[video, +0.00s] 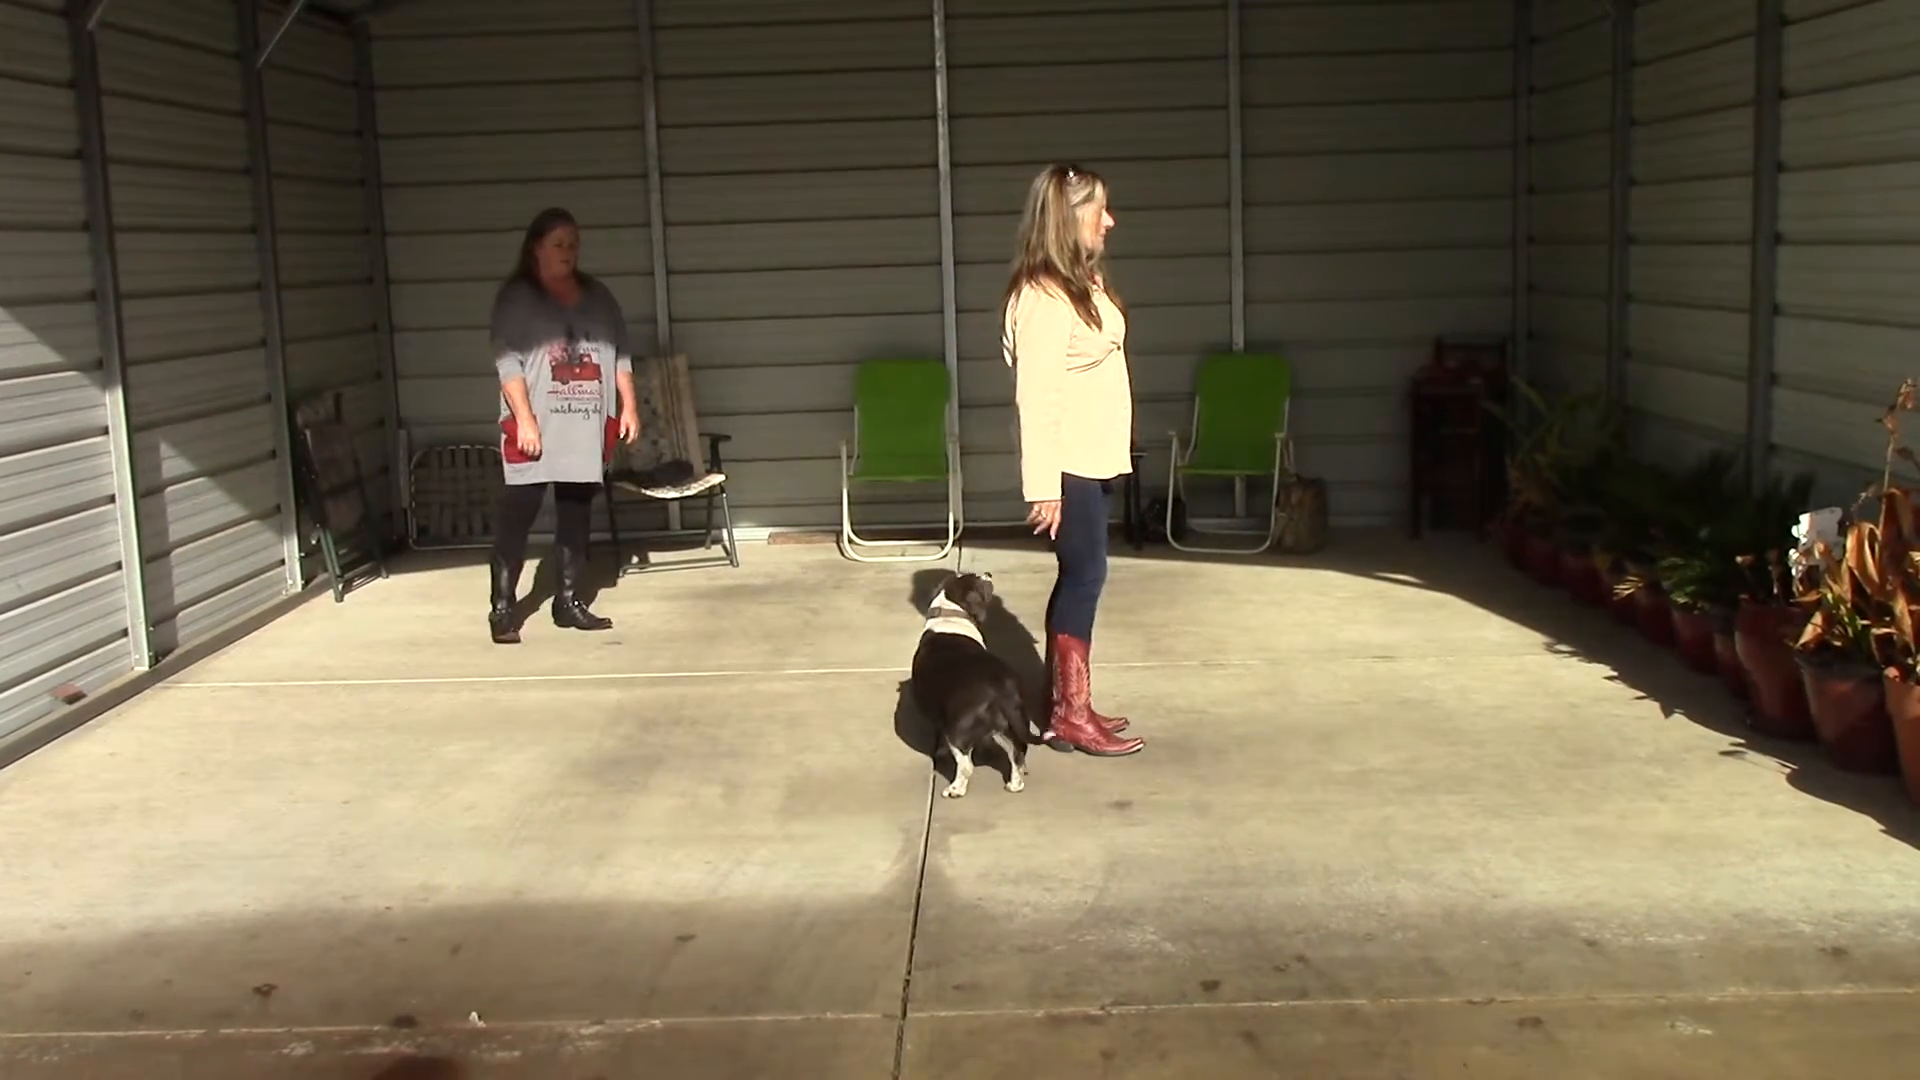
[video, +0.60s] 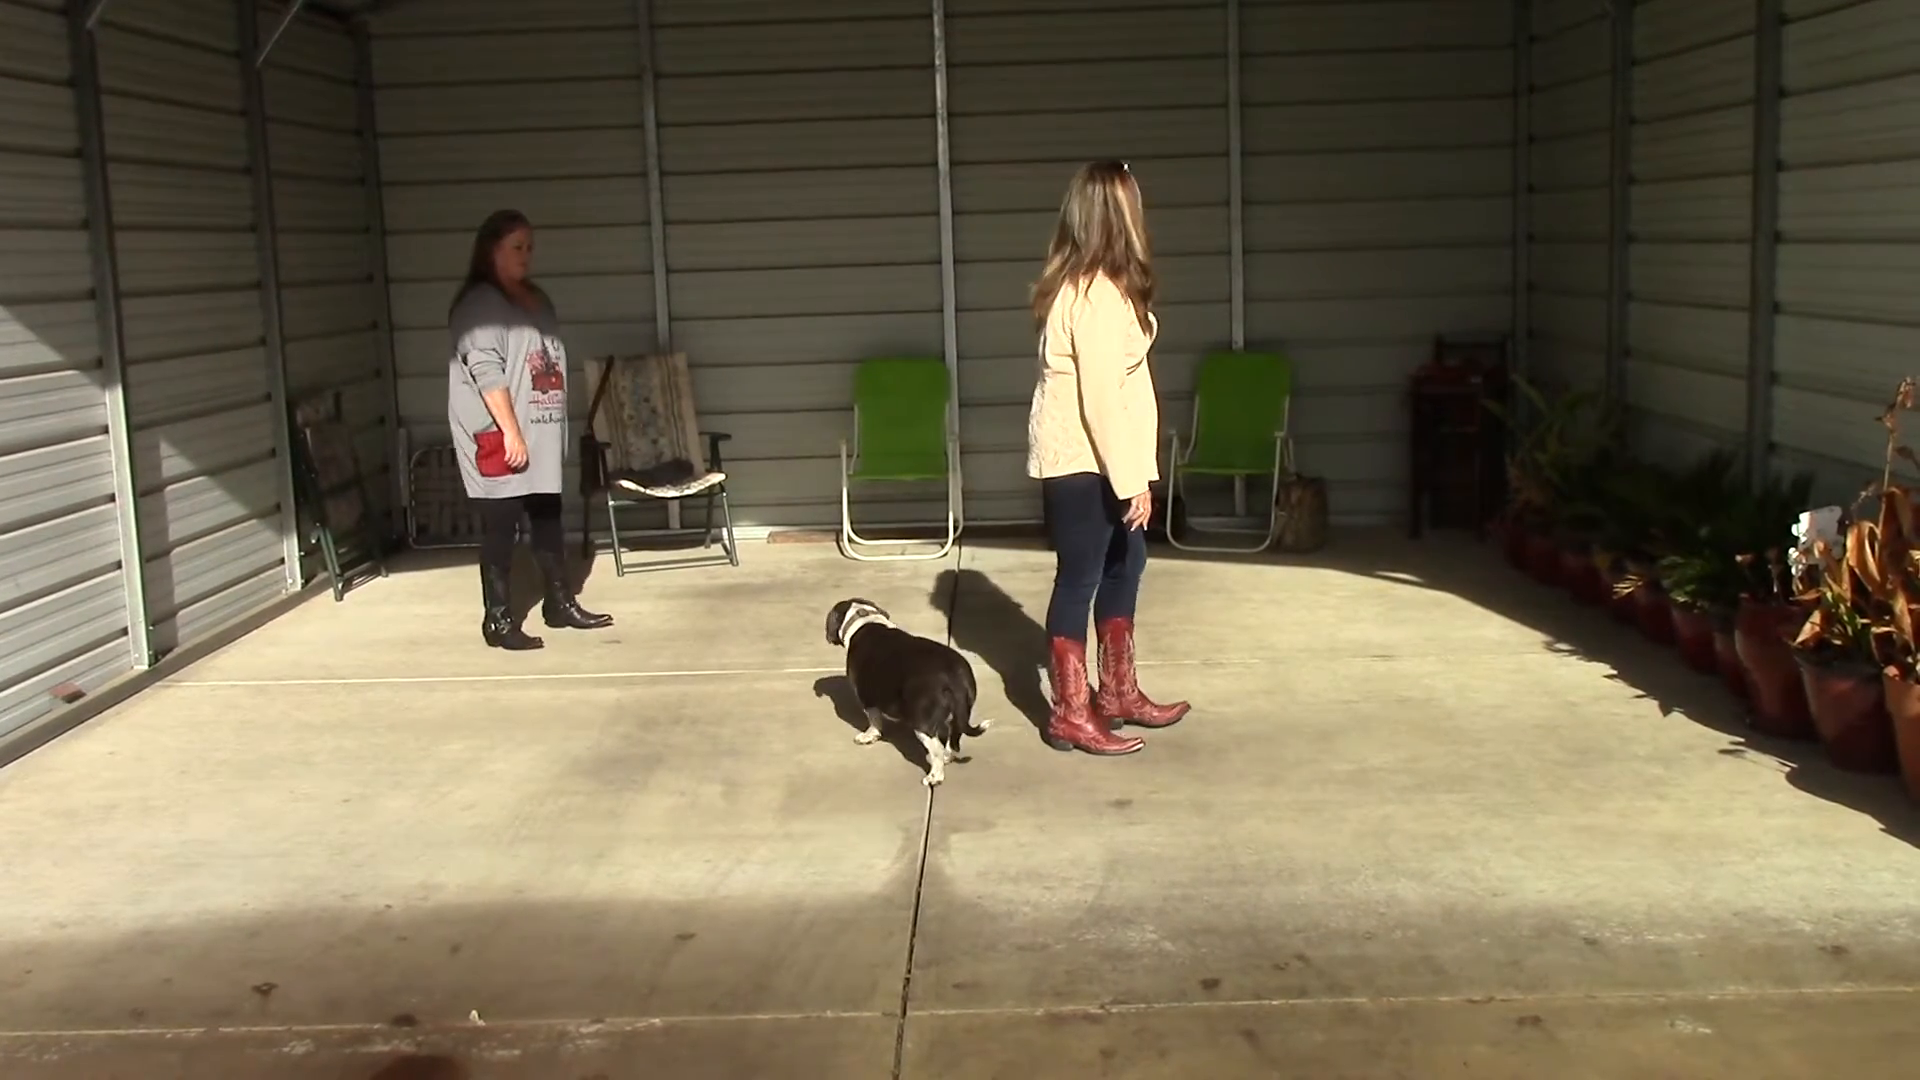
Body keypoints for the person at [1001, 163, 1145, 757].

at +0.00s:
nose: (1108, 222)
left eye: (1106, 211)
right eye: (1098, 212)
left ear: (1076, 220)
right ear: (1068, 217)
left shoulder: (1084, 286)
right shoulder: (1041, 297)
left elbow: (1091, 386)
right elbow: (1035, 399)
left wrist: (1106, 460)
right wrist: (1043, 486)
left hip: (1094, 460)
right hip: (1068, 464)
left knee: (1078, 574)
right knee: (1085, 574)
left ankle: (1068, 704)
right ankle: (1069, 714)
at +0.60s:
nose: (1142, 219)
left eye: (1137, 207)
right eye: (1136, 209)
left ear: (1082, 216)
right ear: (1122, 217)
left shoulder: (1097, 285)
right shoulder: (1096, 292)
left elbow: (1117, 394)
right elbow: (1102, 400)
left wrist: (1140, 471)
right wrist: (1132, 482)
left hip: (1105, 452)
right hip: (1080, 458)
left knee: (1125, 560)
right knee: (1081, 573)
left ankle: (1117, 693)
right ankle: (1069, 712)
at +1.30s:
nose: (1183, 216)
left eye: (1179, 204)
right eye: (1175, 206)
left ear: (1124, 214)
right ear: (1155, 214)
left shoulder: (1127, 282)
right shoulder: (1137, 290)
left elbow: (1149, 385)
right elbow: (1146, 390)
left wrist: (1184, 459)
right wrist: (1179, 465)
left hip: (1130, 451)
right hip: (1137, 453)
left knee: (1147, 564)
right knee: (1171, 564)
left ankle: (1149, 694)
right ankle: (1100, 690)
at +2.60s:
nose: (1219, 209)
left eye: (1216, 199)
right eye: (1211, 200)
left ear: (1166, 209)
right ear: (1185, 210)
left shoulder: (1148, 277)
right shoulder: (1168, 282)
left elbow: (1175, 367)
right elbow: (1174, 370)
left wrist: (1232, 387)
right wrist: (1235, 397)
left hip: (1149, 443)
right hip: (1170, 443)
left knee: (1163, 559)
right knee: (1196, 560)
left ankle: (1147, 690)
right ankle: (1156, 697)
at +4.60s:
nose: (1203, 211)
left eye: (1202, 201)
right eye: (1191, 202)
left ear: (1174, 210)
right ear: (1159, 208)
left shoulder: (1169, 275)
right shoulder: (1147, 278)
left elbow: (1184, 375)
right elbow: (1158, 379)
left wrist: (1210, 452)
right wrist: (1197, 454)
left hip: (1171, 442)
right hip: (1154, 443)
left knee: (1169, 558)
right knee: (1167, 559)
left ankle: (1156, 692)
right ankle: (1152, 696)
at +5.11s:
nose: (1174, 238)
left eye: (1184, 228)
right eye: (1164, 226)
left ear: (1196, 226)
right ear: (1142, 223)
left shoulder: (1191, 280)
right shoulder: (1126, 284)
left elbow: (1206, 371)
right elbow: (1106, 379)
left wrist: (1216, 439)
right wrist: (1109, 462)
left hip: (1187, 445)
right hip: (1150, 447)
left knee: (1170, 560)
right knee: (1165, 560)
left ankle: (1158, 694)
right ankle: (1149, 698)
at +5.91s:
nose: (1210, 248)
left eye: (1218, 237)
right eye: (1201, 236)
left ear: (1228, 236)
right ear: (1175, 233)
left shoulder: (1218, 292)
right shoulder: (1141, 294)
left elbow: (1226, 366)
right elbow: (1105, 382)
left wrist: (1232, 427)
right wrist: (1098, 465)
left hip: (1189, 455)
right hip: (1145, 452)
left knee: (1172, 564)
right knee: (1154, 564)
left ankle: (1159, 693)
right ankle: (1149, 698)